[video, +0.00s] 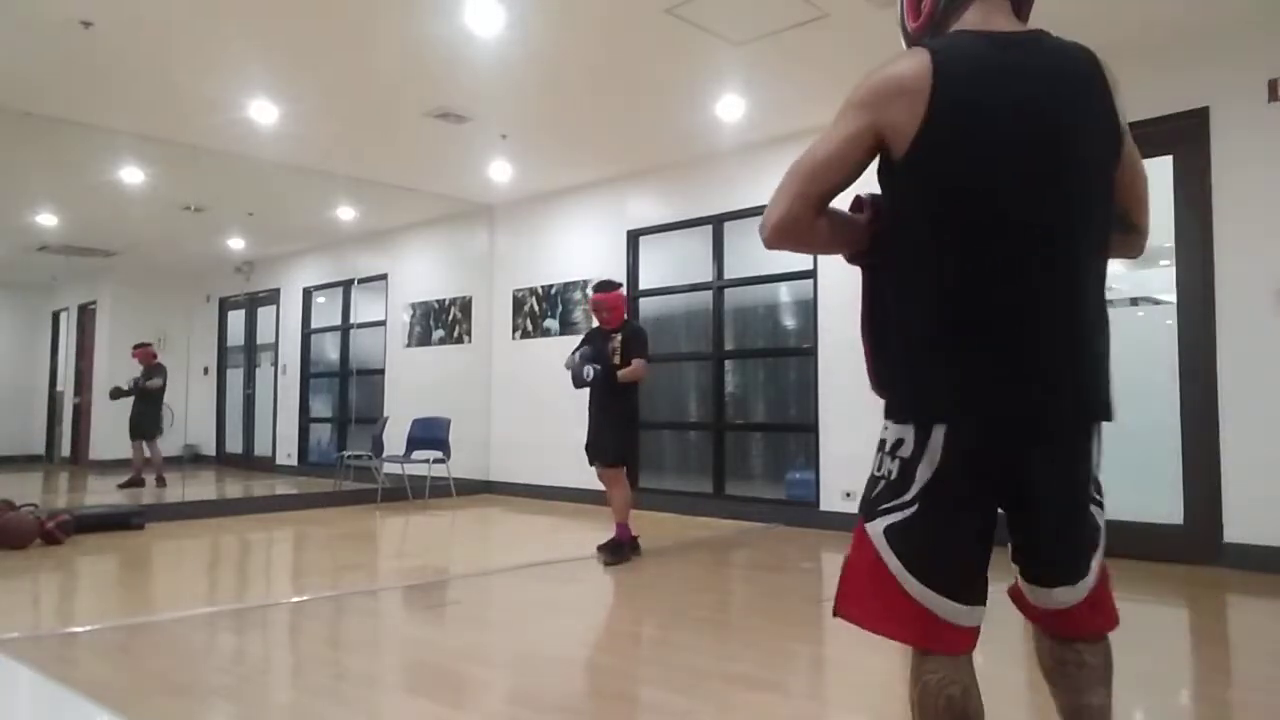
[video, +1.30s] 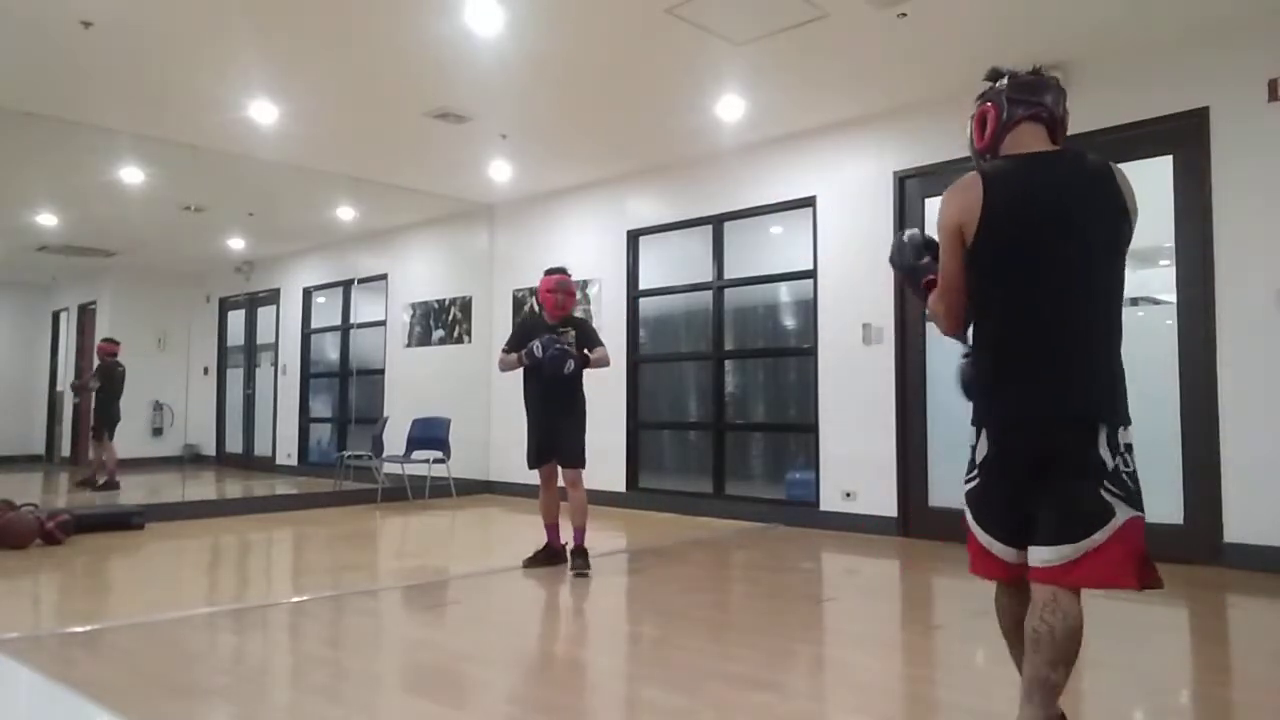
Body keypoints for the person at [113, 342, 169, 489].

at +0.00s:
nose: (139, 361)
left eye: (140, 357)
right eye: (137, 358)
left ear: (148, 355)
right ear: (142, 357)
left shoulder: (159, 369)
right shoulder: (145, 372)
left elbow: (157, 384)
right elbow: (137, 389)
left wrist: (139, 384)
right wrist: (121, 392)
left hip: (151, 413)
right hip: (137, 413)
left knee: (151, 444)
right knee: (136, 444)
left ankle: (159, 476)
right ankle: (137, 476)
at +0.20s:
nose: (132, 362)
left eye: (133, 359)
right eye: (131, 359)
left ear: (141, 357)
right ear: (140, 358)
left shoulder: (151, 371)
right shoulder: (140, 372)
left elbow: (147, 384)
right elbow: (129, 383)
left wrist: (129, 384)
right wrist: (126, 384)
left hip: (139, 411)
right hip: (131, 410)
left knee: (135, 444)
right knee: (133, 444)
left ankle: (157, 472)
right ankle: (136, 476)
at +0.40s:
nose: (125, 361)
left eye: (126, 357)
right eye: (124, 357)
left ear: (135, 355)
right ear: (134, 356)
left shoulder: (144, 369)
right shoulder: (135, 370)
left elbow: (136, 384)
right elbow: (130, 385)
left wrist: (117, 383)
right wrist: (113, 384)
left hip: (133, 411)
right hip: (129, 409)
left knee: (120, 440)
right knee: (131, 442)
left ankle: (138, 474)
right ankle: (138, 476)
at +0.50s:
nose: (122, 361)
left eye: (123, 357)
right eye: (121, 358)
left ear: (131, 355)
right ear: (133, 355)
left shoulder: (136, 369)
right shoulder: (141, 368)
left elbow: (127, 384)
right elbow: (130, 388)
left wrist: (108, 386)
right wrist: (117, 398)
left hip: (129, 410)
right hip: (134, 410)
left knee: (116, 439)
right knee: (131, 441)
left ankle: (123, 475)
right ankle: (136, 476)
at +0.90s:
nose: (109, 359)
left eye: (111, 355)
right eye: (109, 356)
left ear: (119, 354)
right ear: (123, 354)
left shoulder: (122, 370)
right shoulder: (128, 368)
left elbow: (112, 395)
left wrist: (98, 397)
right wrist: (100, 389)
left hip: (115, 412)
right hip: (118, 411)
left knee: (111, 443)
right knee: (112, 443)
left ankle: (112, 478)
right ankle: (131, 472)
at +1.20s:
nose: (100, 354)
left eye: (102, 351)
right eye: (101, 350)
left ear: (106, 351)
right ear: (117, 352)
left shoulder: (108, 368)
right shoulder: (123, 368)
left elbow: (96, 386)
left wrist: (84, 391)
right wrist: (90, 389)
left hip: (105, 412)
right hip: (115, 412)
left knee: (101, 443)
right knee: (108, 443)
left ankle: (107, 477)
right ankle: (109, 477)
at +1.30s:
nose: (97, 353)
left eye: (99, 350)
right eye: (98, 350)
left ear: (103, 351)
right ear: (115, 352)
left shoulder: (104, 367)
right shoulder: (120, 368)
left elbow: (92, 384)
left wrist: (77, 385)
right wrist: (82, 384)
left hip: (103, 411)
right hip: (113, 410)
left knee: (104, 444)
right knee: (98, 444)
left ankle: (112, 479)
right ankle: (92, 476)